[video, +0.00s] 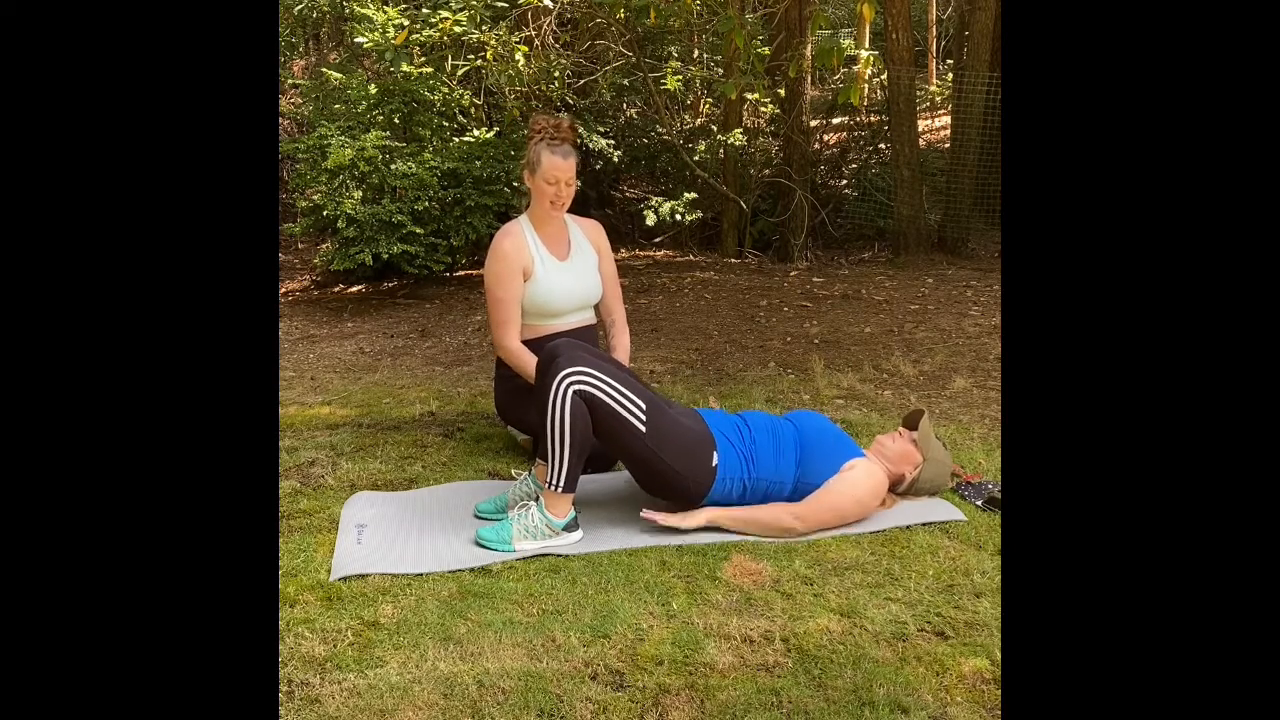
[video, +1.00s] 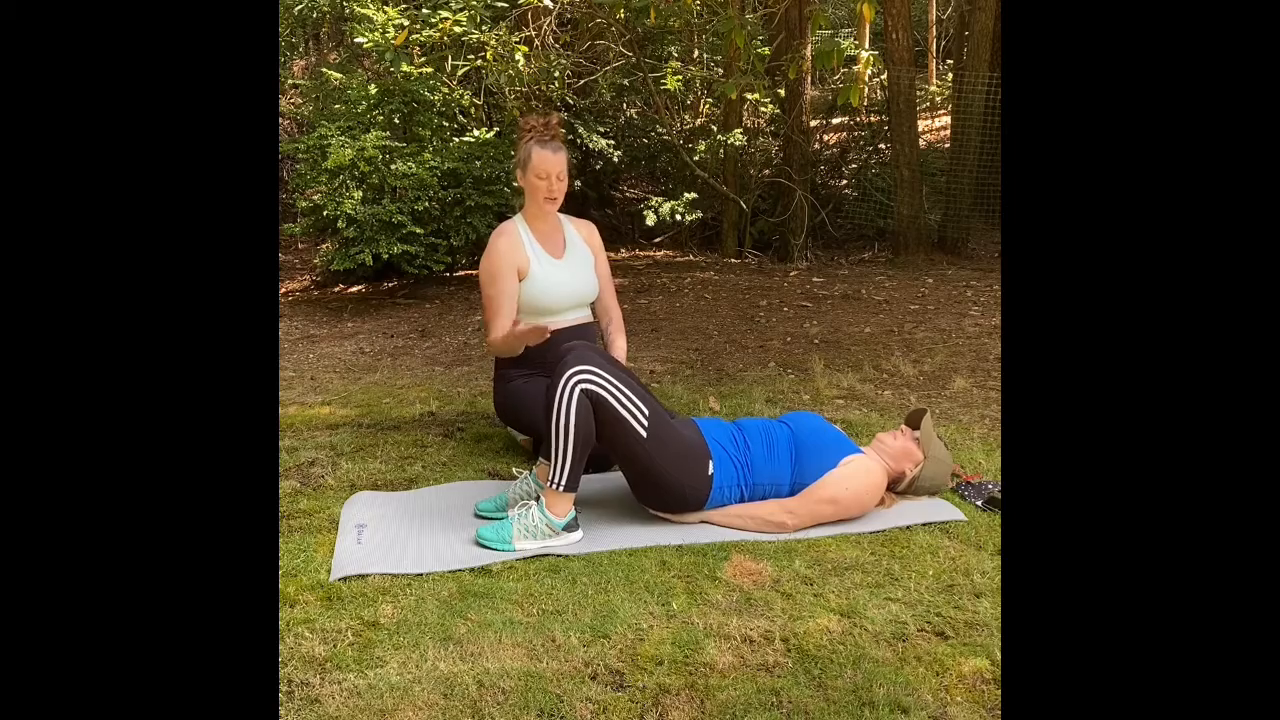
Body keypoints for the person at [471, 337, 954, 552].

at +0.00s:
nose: (897, 432)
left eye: (908, 439)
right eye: (905, 429)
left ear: (908, 472)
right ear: (896, 443)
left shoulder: (866, 479)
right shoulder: (847, 453)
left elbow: (799, 519)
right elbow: (768, 469)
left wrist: (706, 516)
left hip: (701, 465)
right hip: (690, 433)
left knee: (571, 367)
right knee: (563, 352)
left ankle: (555, 512)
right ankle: (544, 483)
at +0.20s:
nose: (897, 432)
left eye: (908, 439)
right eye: (905, 429)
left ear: (909, 471)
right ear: (896, 443)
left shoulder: (864, 478)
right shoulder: (849, 454)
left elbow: (790, 512)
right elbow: (770, 478)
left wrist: (704, 507)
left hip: (700, 463)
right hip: (690, 432)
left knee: (574, 369)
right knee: (563, 353)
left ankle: (556, 513)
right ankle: (544, 485)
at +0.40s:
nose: (897, 432)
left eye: (907, 438)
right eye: (906, 429)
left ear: (908, 469)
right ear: (897, 445)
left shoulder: (864, 478)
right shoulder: (844, 451)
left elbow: (789, 514)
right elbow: (763, 465)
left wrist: (699, 513)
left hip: (696, 471)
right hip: (682, 439)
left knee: (579, 370)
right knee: (555, 351)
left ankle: (555, 512)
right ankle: (544, 481)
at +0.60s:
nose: (897, 432)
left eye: (908, 438)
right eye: (906, 430)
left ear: (907, 469)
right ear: (899, 446)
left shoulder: (864, 478)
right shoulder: (846, 454)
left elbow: (789, 515)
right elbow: (768, 479)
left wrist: (705, 514)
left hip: (694, 477)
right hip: (680, 449)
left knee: (584, 373)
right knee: (575, 363)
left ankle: (555, 511)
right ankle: (543, 484)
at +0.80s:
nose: (897, 431)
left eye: (908, 437)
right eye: (906, 429)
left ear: (908, 468)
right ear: (899, 447)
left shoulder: (864, 478)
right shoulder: (846, 453)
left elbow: (788, 515)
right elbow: (765, 471)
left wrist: (701, 514)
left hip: (693, 476)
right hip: (681, 448)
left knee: (582, 371)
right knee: (567, 356)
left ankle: (555, 511)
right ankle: (543, 482)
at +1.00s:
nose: (898, 431)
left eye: (909, 437)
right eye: (907, 428)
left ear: (908, 468)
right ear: (899, 445)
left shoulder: (863, 477)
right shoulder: (848, 454)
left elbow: (790, 515)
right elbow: (772, 486)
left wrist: (705, 514)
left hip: (695, 476)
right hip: (683, 445)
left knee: (583, 372)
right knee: (573, 359)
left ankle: (555, 510)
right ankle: (544, 484)